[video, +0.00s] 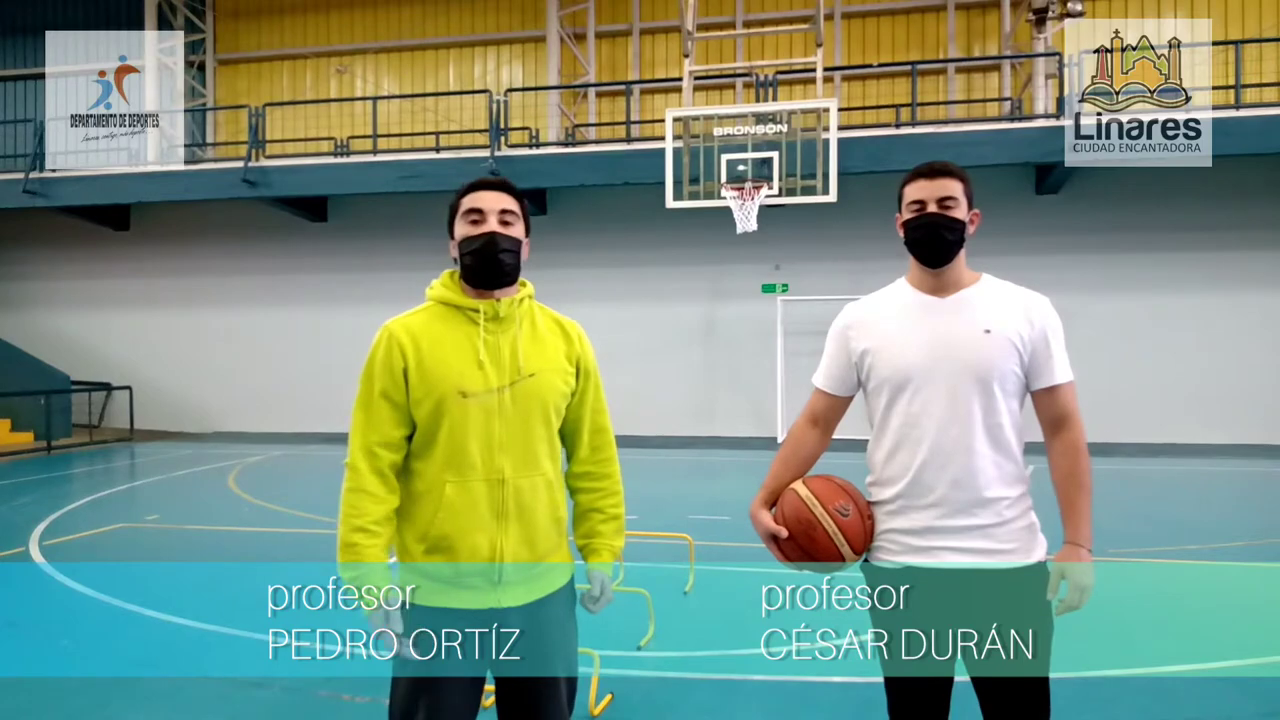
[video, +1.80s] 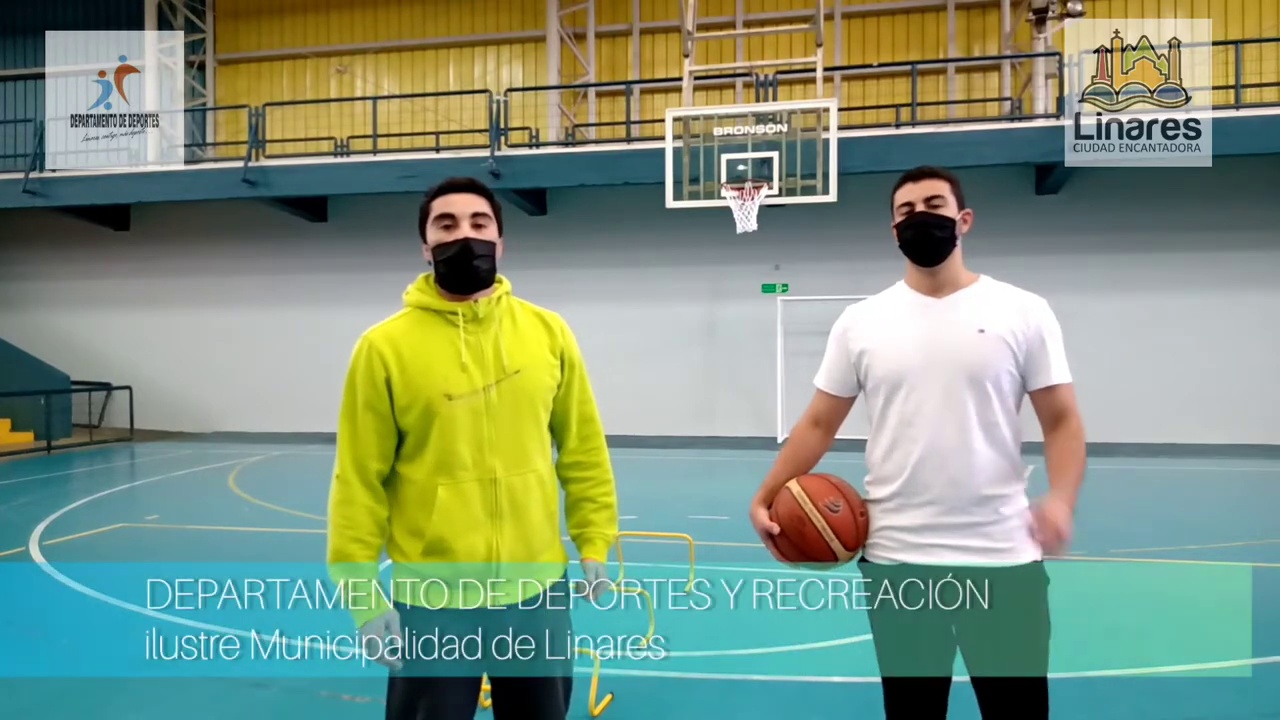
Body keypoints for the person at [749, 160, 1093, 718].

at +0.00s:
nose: (931, 216)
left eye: (946, 205)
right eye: (916, 208)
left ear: (972, 220)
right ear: (899, 226)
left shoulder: (1026, 313)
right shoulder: (860, 322)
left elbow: (1063, 430)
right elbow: (815, 423)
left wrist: (1077, 543)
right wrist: (761, 502)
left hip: (1006, 561)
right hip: (903, 562)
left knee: (1019, 711)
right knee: (914, 713)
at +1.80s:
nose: (920, 215)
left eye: (935, 204)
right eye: (905, 210)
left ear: (964, 220)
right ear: (894, 232)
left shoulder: (1023, 313)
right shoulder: (860, 324)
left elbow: (1063, 423)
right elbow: (816, 425)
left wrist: (1060, 500)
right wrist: (763, 496)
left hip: (1001, 556)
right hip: (899, 557)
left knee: (1017, 709)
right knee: (911, 713)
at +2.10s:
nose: (908, 220)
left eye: (922, 208)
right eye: (894, 216)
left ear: (955, 220)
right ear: (886, 237)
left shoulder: (1012, 310)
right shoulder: (857, 325)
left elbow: (1060, 428)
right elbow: (813, 424)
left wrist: (1027, 355)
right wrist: (758, 491)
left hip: (990, 555)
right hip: (890, 555)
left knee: (1012, 710)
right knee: (905, 713)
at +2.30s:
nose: (900, 221)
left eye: (915, 209)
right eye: (887, 218)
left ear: (949, 222)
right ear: (880, 238)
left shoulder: (1003, 310)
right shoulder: (853, 324)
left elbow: (1053, 421)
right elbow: (812, 425)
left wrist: (1016, 348)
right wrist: (761, 489)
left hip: (983, 553)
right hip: (885, 554)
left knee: (1005, 710)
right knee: (902, 711)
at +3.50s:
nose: (942, 243)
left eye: (955, 234)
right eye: (925, 237)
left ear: (975, 252)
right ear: (907, 258)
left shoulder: (1026, 339)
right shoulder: (870, 351)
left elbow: (1057, 452)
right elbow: (848, 461)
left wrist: (1064, 548)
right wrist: (858, 558)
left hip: (1009, 566)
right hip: (913, 568)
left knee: (1022, 707)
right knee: (914, 706)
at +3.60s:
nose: (963, 240)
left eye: (978, 231)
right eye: (947, 233)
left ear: (997, 251)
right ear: (927, 256)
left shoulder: (1047, 342)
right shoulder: (886, 348)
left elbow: (1071, 460)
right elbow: (867, 464)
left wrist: (1073, 558)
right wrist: (876, 561)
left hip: (1023, 571)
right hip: (924, 572)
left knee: (1032, 710)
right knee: (921, 709)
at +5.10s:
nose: (948, 215)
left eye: (965, 202)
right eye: (928, 207)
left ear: (992, 225)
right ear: (911, 235)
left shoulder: (1067, 324)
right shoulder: (873, 347)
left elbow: (1115, 458)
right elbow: (861, 480)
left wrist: (1121, 575)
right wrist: (889, 590)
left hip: (1059, 613)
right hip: (935, 619)